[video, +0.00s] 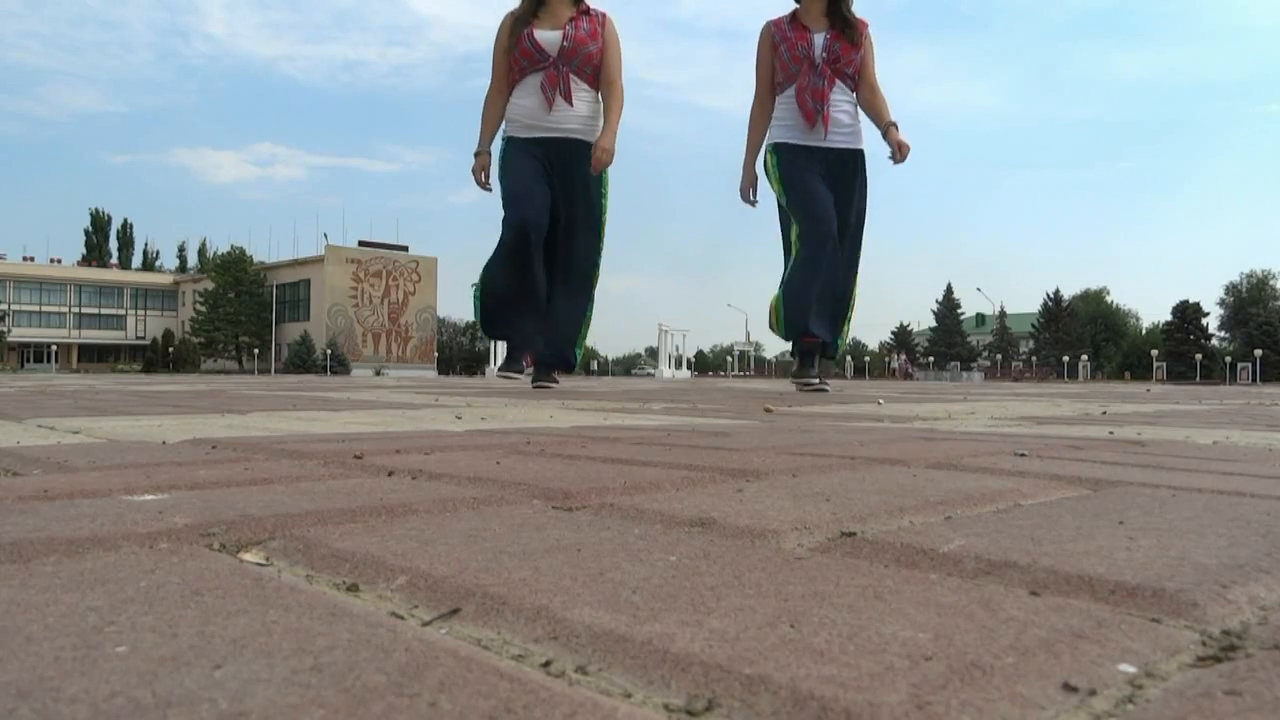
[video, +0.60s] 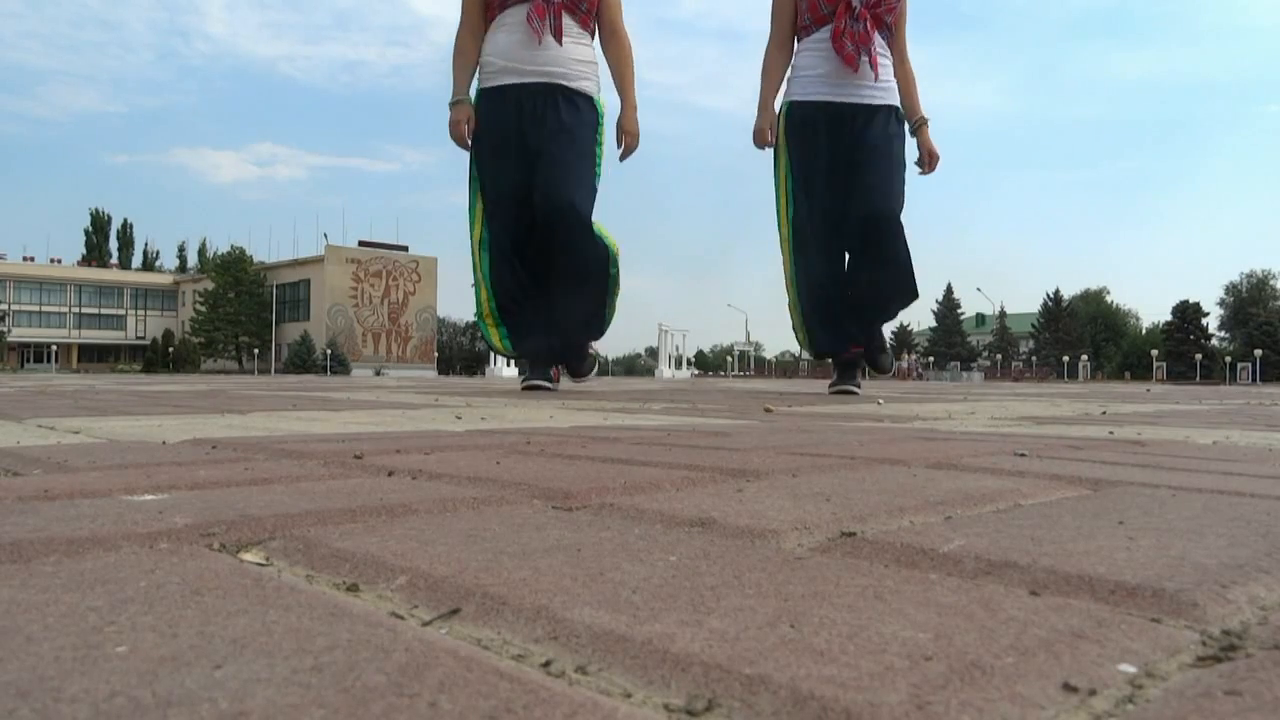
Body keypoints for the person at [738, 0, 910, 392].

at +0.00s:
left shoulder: (857, 30)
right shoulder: (775, 31)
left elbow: (869, 89)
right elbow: (763, 101)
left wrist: (889, 128)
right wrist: (749, 163)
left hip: (845, 152)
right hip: (791, 150)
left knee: (843, 248)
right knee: (820, 231)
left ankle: (820, 357)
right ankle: (805, 350)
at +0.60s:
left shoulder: (894, 5)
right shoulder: (791, 3)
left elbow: (899, 58)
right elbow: (781, 41)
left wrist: (920, 127)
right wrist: (765, 107)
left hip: (877, 112)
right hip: (811, 111)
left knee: (880, 221)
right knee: (819, 235)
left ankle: (871, 321)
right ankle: (844, 359)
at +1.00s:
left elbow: (926, 26)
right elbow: (794, 5)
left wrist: (950, 108)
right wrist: (776, 80)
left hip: (910, 70)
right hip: (829, 72)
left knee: (903, 215)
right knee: (837, 217)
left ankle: (895, 359)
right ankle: (844, 355)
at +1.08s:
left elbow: (936, 12)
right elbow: (799, 2)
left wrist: (966, 88)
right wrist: (778, 75)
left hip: (921, 56)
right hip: (836, 60)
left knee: (913, 210)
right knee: (841, 210)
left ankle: (893, 357)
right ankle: (840, 333)